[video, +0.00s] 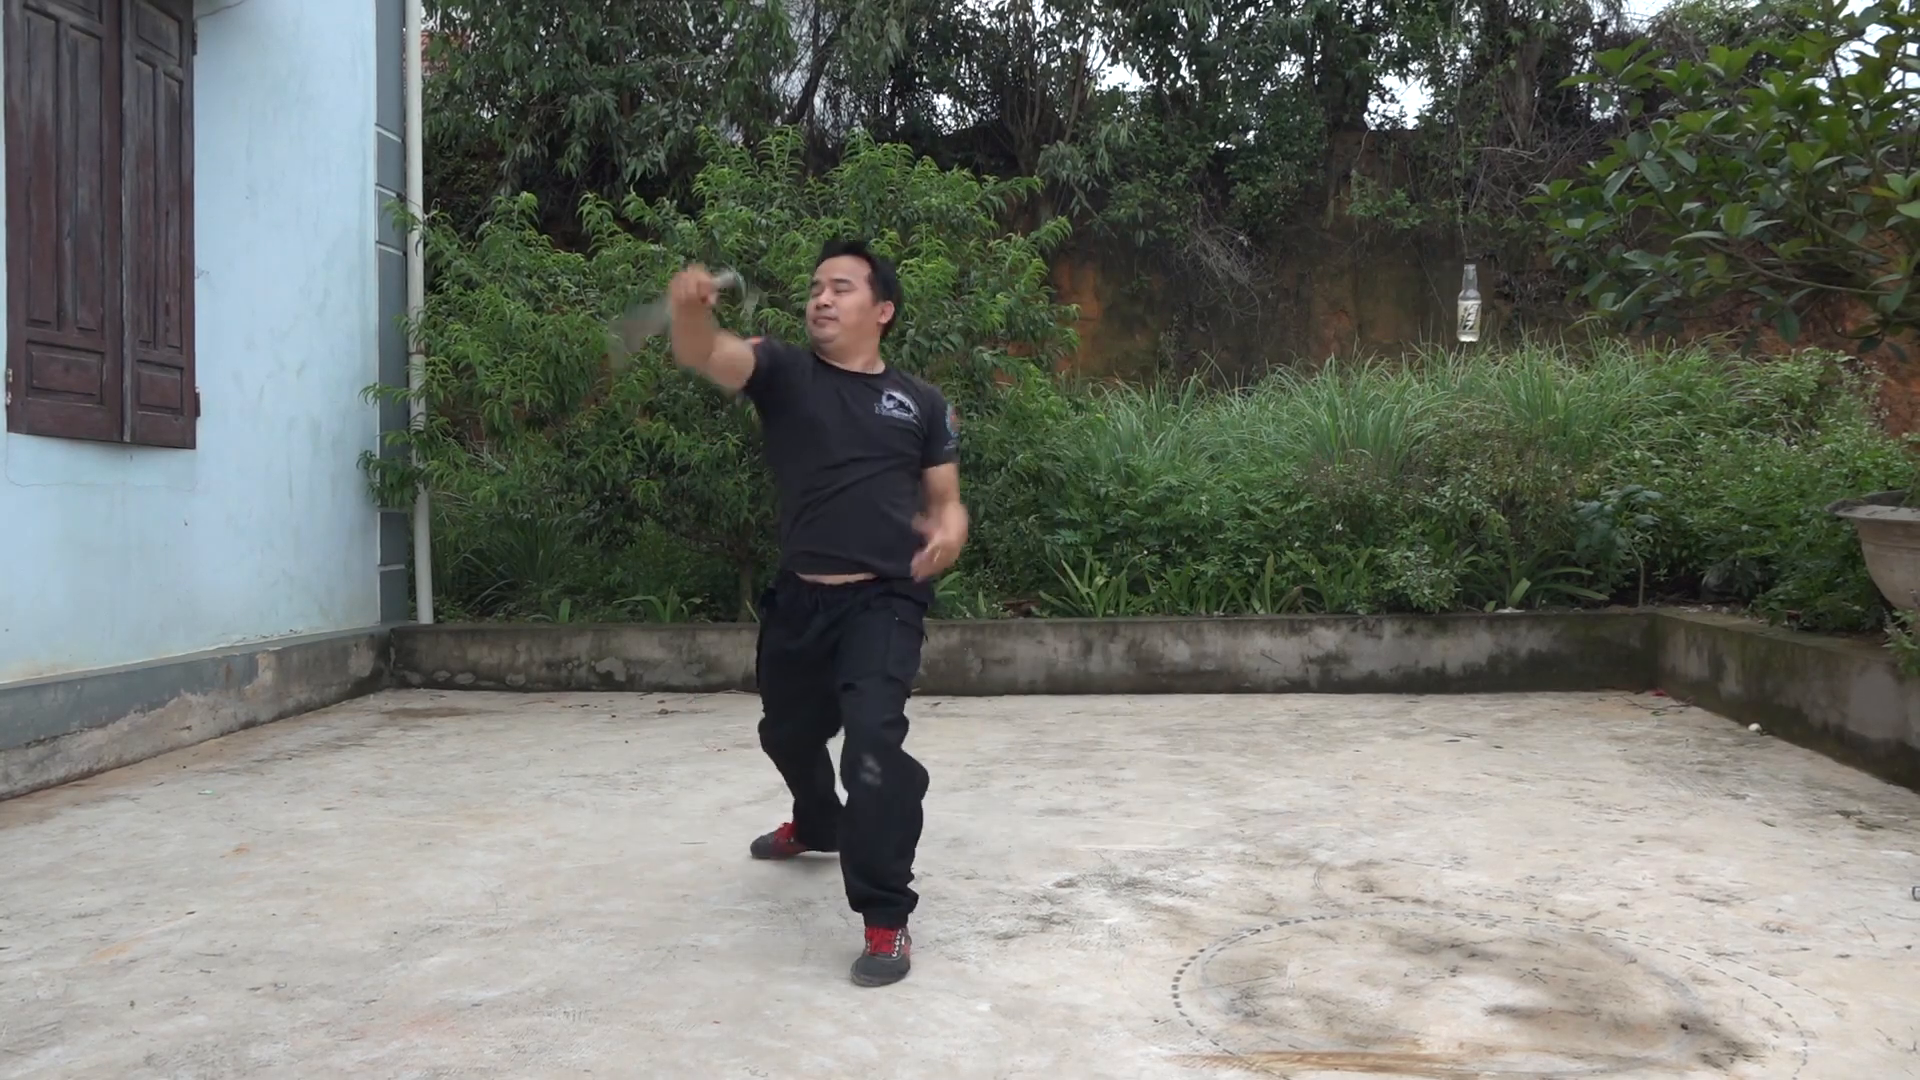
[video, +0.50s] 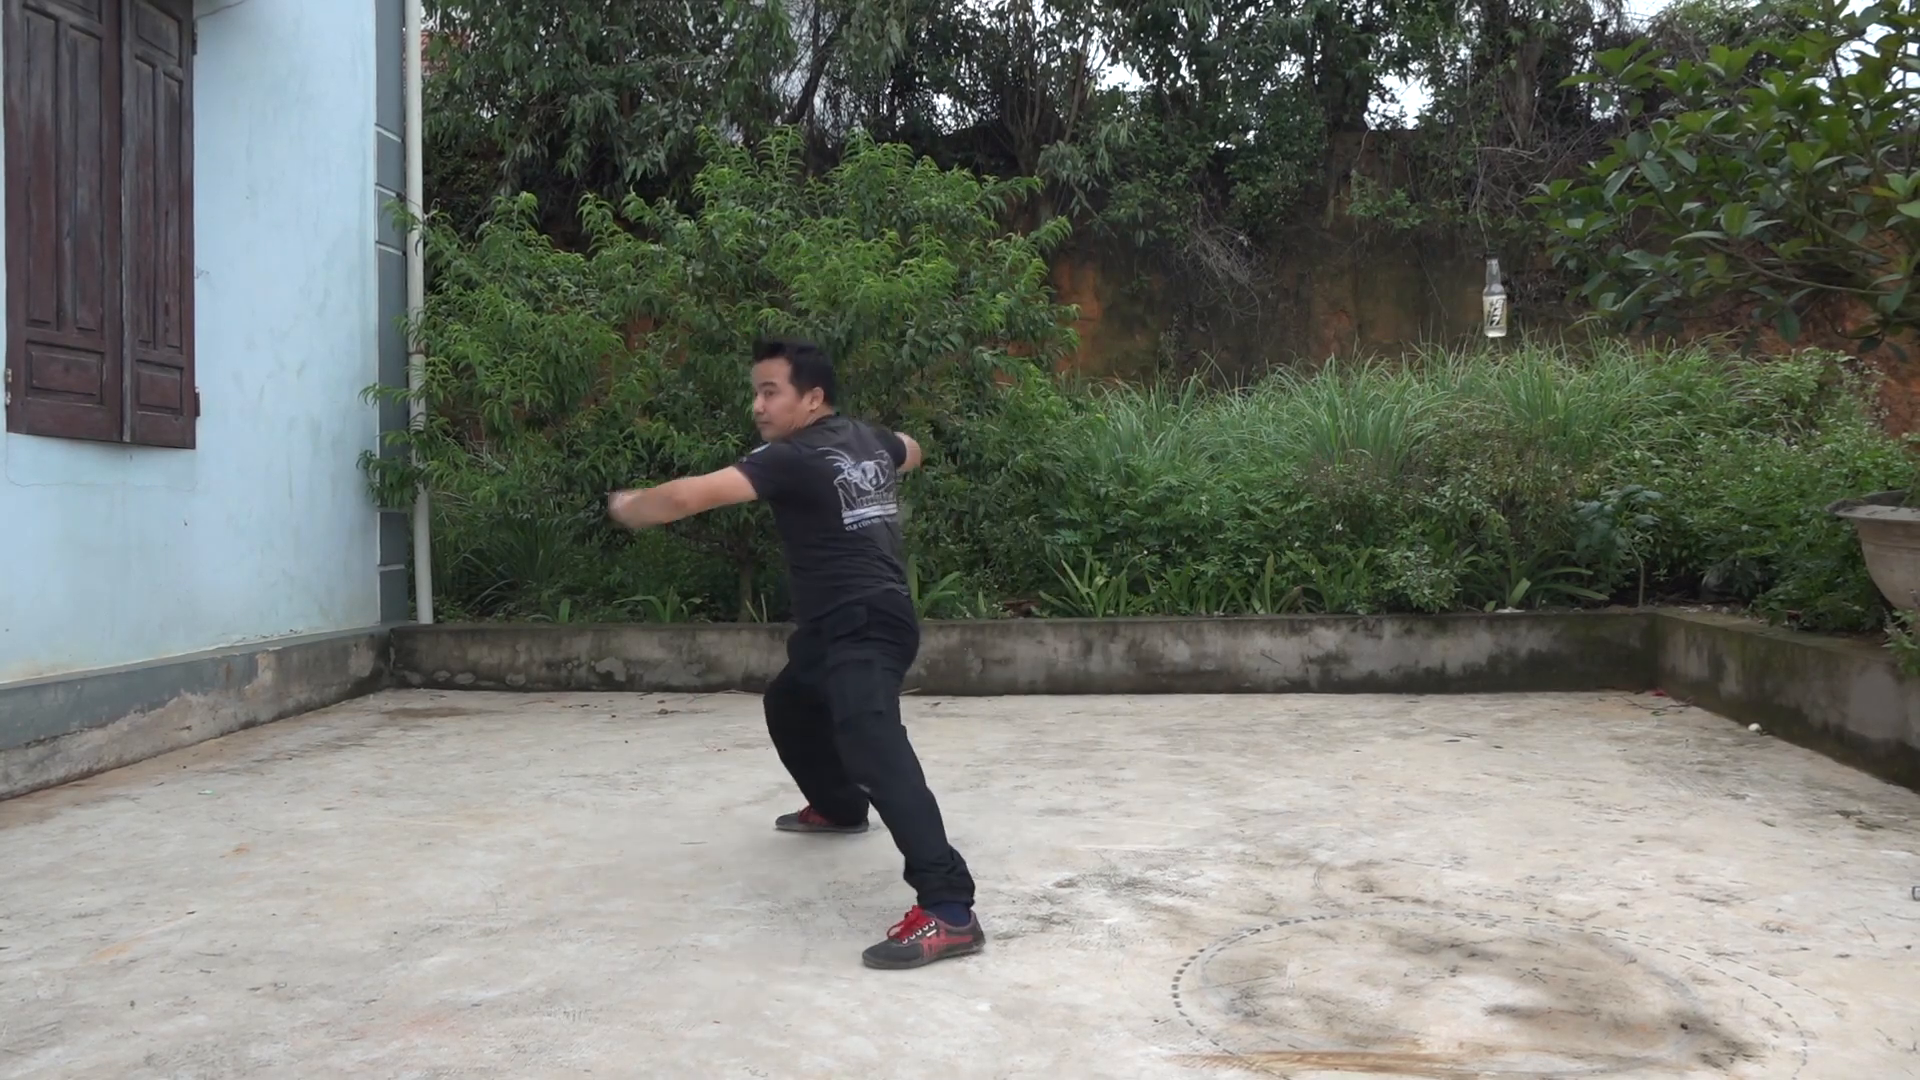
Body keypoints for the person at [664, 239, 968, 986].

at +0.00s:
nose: (821, 299)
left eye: (841, 288)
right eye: (816, 289)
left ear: (883, 310)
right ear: (808, 308)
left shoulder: (922, 404)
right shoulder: (784, 370)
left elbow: (946, 500)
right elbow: (703, 351)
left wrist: (947, 535)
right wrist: (689, 308)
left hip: (882, 598)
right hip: (799, 599)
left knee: (874, 747)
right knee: (789, 736)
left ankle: (885, 919)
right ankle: (819, 821)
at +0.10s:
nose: (811, 293)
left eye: (828, 281)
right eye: (812, 281)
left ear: (875, 297)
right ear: (825, 297)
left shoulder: (923, 380)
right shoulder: (788, 369)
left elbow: (992, 464)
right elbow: (679, 387)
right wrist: (615, 312)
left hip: (878, 587)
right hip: (799, 583)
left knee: (857, 739)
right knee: (785, 713)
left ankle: (881, 918)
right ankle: (805, 817)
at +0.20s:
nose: (801, 284)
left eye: (815, 272)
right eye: (801, 272)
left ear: (863, 286)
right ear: (819, 285)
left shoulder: (895, 346)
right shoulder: (798, 356)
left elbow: (964, 337)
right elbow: (722, 385)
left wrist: (936, 229)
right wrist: (650, 328)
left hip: (873, 567)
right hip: (801, 568)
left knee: (873, 721)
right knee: (804, 698)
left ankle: (909, 904)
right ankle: (815, 793)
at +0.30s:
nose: (783, 317)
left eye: (796, 302)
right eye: (782, 304)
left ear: (842, 309)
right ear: (806, 315)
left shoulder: (864, 378)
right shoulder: (813, 385)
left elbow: (858, 328)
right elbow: (781, 398)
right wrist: (730, 405)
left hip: (866, 581)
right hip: (811, 582)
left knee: (859, 730)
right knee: (805, 697)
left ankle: (929, 899)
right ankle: (827, 789)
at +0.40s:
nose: (773, 366)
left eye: (789, 354)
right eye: (774, 353)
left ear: (834, 368)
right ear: (828, 372)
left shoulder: (834, 422)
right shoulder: (864, 418)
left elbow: (752, 442)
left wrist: (687, 437)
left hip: (854, 612)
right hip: (841, 610)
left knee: (879, 743)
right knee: (802, 699)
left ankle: (949, 906)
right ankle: (843, 805)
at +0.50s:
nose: (757, 404)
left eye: (769, 392)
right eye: (755, 392)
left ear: (813, 398)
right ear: (815, 402)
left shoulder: (794, 456)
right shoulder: (869, 438)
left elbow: (693, 494)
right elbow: (912, 452)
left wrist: (630, 506)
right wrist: (899, 444)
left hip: (862, 624)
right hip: (834, 627)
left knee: (869, 739)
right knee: (789, 705)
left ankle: (950, 909)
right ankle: (840, 806)